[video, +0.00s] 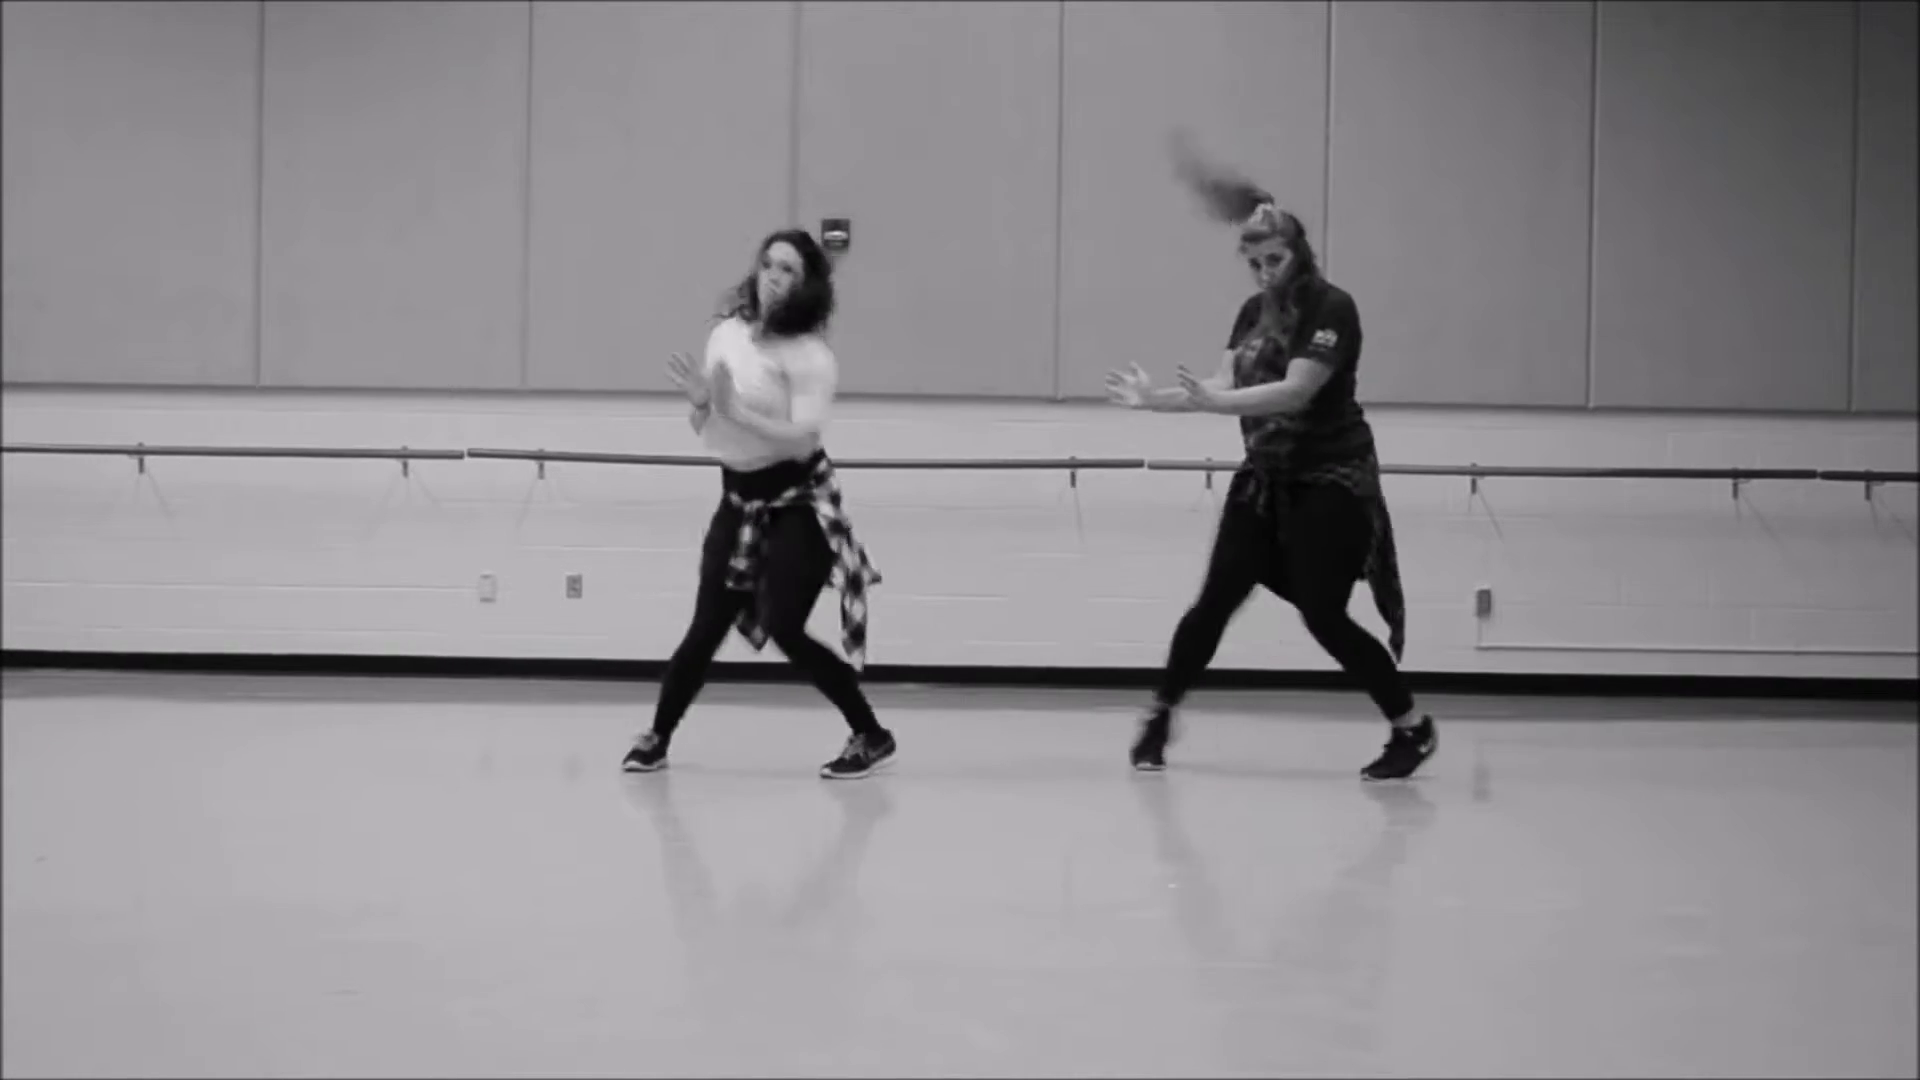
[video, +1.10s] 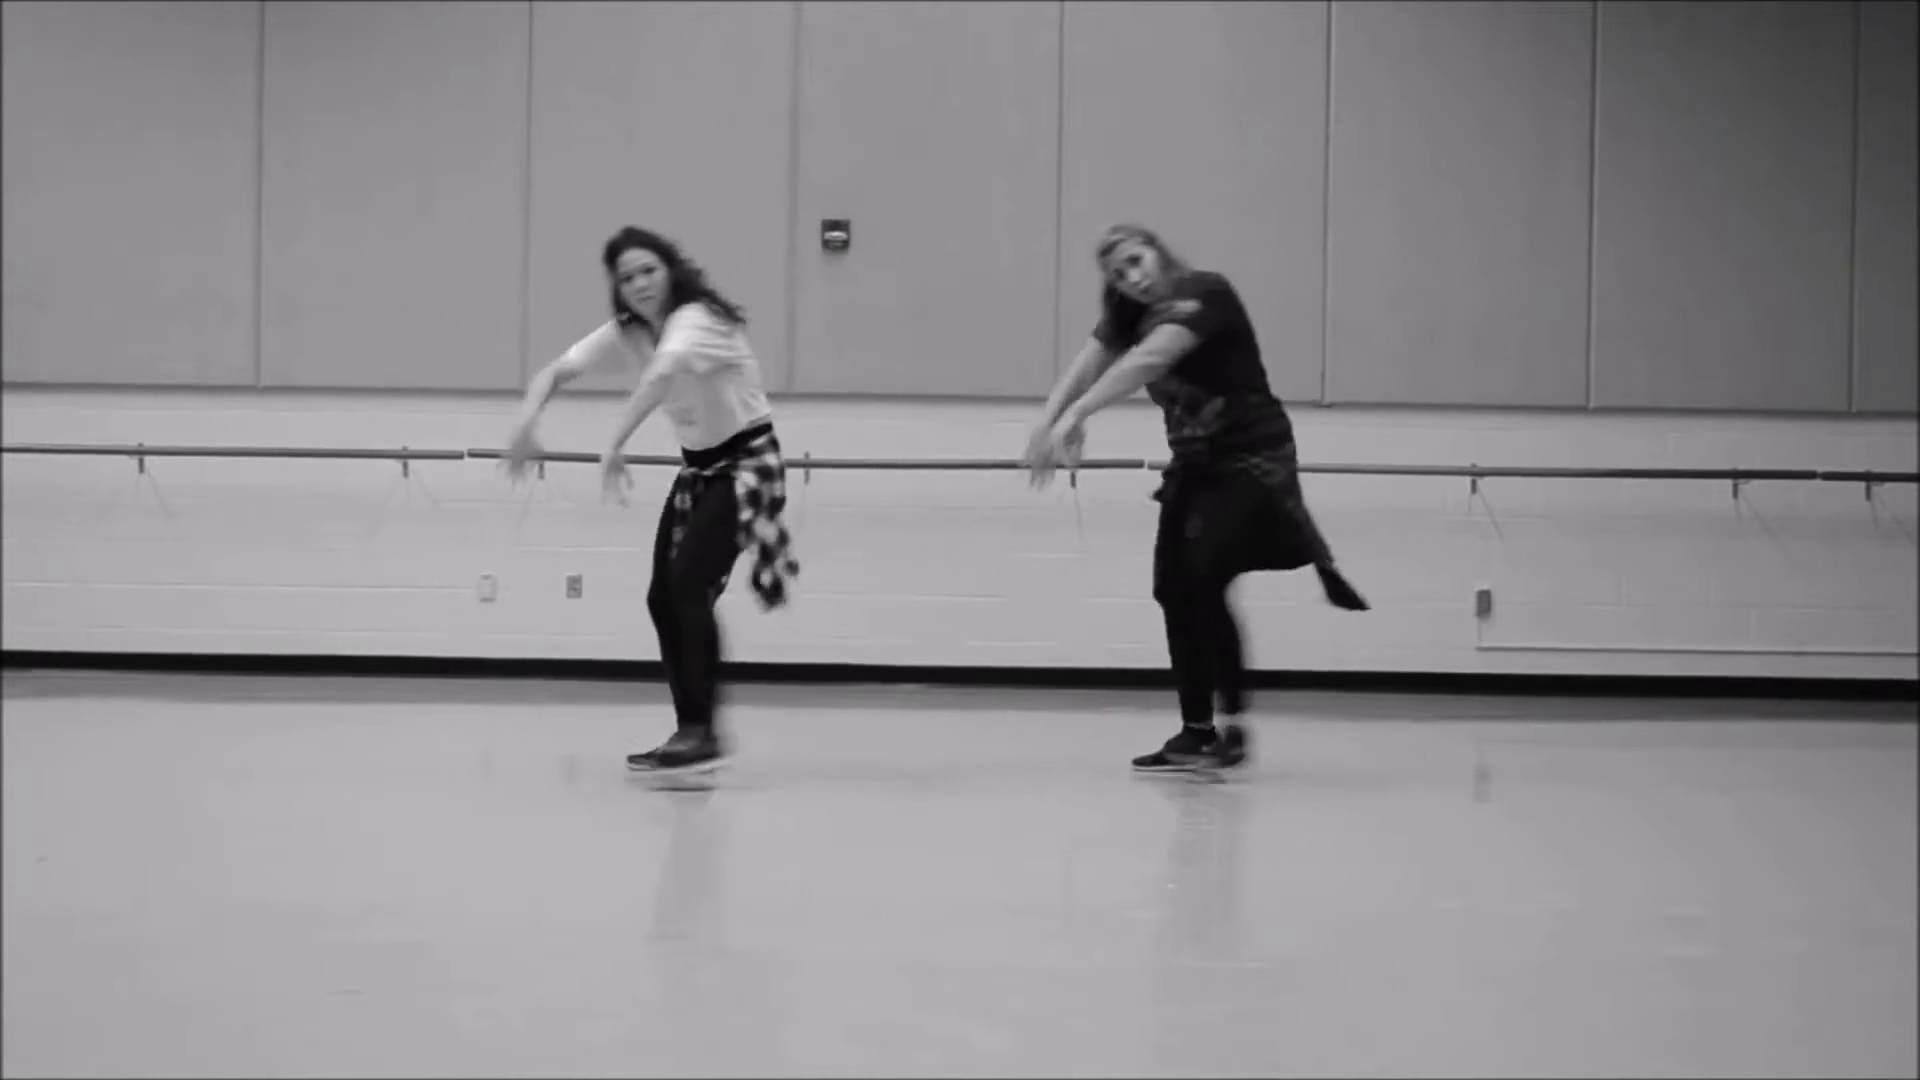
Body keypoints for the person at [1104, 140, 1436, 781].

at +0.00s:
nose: (1262, 265)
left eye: (1272, 254)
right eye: (1253, 256)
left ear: (1299, 250)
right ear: (1246, 257)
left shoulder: (1331, 310)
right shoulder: (1252, 314)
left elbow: (1296, 393)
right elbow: (1230, 387)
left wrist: (1215, 398)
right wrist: (1162, 397)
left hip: (1332, 484)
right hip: (1264, 482)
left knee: (1326, 616)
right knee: (1213, 602)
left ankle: (1411, 725)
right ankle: (1160, 716)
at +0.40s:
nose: (1321, 325)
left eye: (1331, 311)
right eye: (1309, 314)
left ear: (1352, 305)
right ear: (1295, 312)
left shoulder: (1383, 359)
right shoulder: (1281, 354)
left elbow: (1358, 447)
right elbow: (1253, 431)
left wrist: (1282, 448)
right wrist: (1207, 441)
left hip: (1338, 516)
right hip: (1264, 510)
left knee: (1354, 629)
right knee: (1168, 603)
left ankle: (1371, 746)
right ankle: (1200, 736)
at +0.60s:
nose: (1339, 311)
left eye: (1351, 299)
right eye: (1328, 298)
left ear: (1368, 301)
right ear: (1313, 296)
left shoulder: (1372, 365)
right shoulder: (1280, 329)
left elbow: (1333, 441)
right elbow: (1238, 393)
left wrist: (1252, 400)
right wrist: (1198, 393)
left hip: (1320, 508)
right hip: (1245, 497)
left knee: (1330, 626)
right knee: (1171, 602)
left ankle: (1372, 746)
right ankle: (1200, 735)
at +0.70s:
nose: (1281, 269)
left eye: (1292, 258)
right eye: (1273, 258)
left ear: (1317, 261)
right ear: (1262, 261)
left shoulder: (1335, 323)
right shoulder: (1245, 303)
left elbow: (1317, 408)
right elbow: (1186, 358)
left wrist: (1235, 395)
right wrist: (1162, 372)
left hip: (1314, 488)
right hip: (1236, 483)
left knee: (1343, 616)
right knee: (1179, 596)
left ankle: (1374, 739)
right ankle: (1201, 734)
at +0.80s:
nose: (1237, 264)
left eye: (1244, 251)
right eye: (1224, 254)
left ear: (1265, 245)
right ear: (1209, 254)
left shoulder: (1291, 293)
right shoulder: (1200, 287)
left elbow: (1282, 377)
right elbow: (1142, 336)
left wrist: (1198, 379)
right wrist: (1119, 364)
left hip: (1302, 471)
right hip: (1226, 471)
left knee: (1341, 601)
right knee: (1195, 596)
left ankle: (1375, 725)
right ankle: (1203, 735)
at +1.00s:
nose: (1162, 260)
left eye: (1166, 245)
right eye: (1148, 257)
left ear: (1188, 238)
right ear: (1141, 266)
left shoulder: (1234, 289)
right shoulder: (1147, 299)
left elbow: (1195, 355)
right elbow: (1091, 345)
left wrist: (1114, 389)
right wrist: (1065, 387)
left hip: (1264, 464)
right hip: (1195, 468)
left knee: (1274, 588)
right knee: (1193, 600)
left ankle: (1306, 715)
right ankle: (1201, 733)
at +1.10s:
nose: (1130, 276)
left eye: (1134, 261)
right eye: (1118, 274)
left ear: (1159, 252)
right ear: (1116, 285)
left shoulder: (1205, 296)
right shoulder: (1134, 317)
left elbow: (1147, 362)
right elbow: (1085, 366)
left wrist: (1079, 415)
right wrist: (1045, 425)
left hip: (1251, 465)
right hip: (1194, 469)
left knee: (1203, 584)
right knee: (1175, 589)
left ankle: (1231, 728)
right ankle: (1196, 731)